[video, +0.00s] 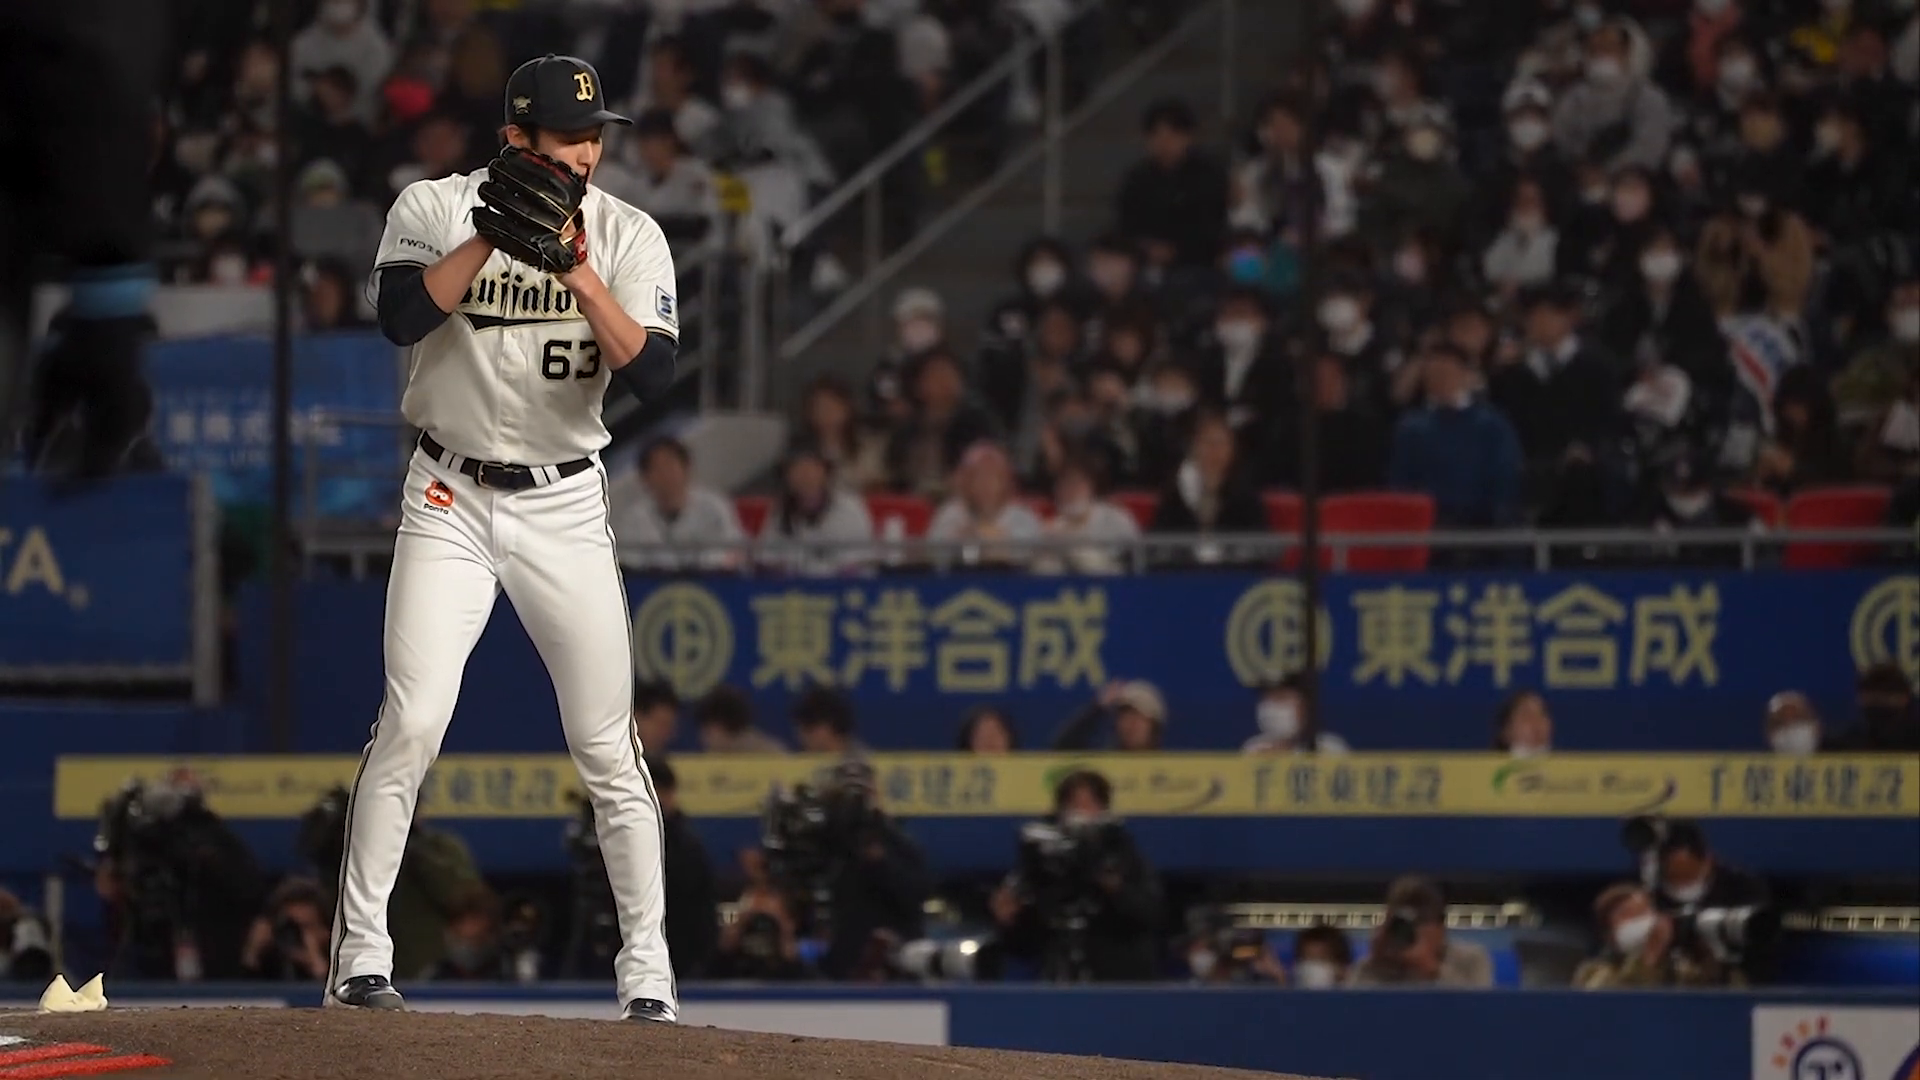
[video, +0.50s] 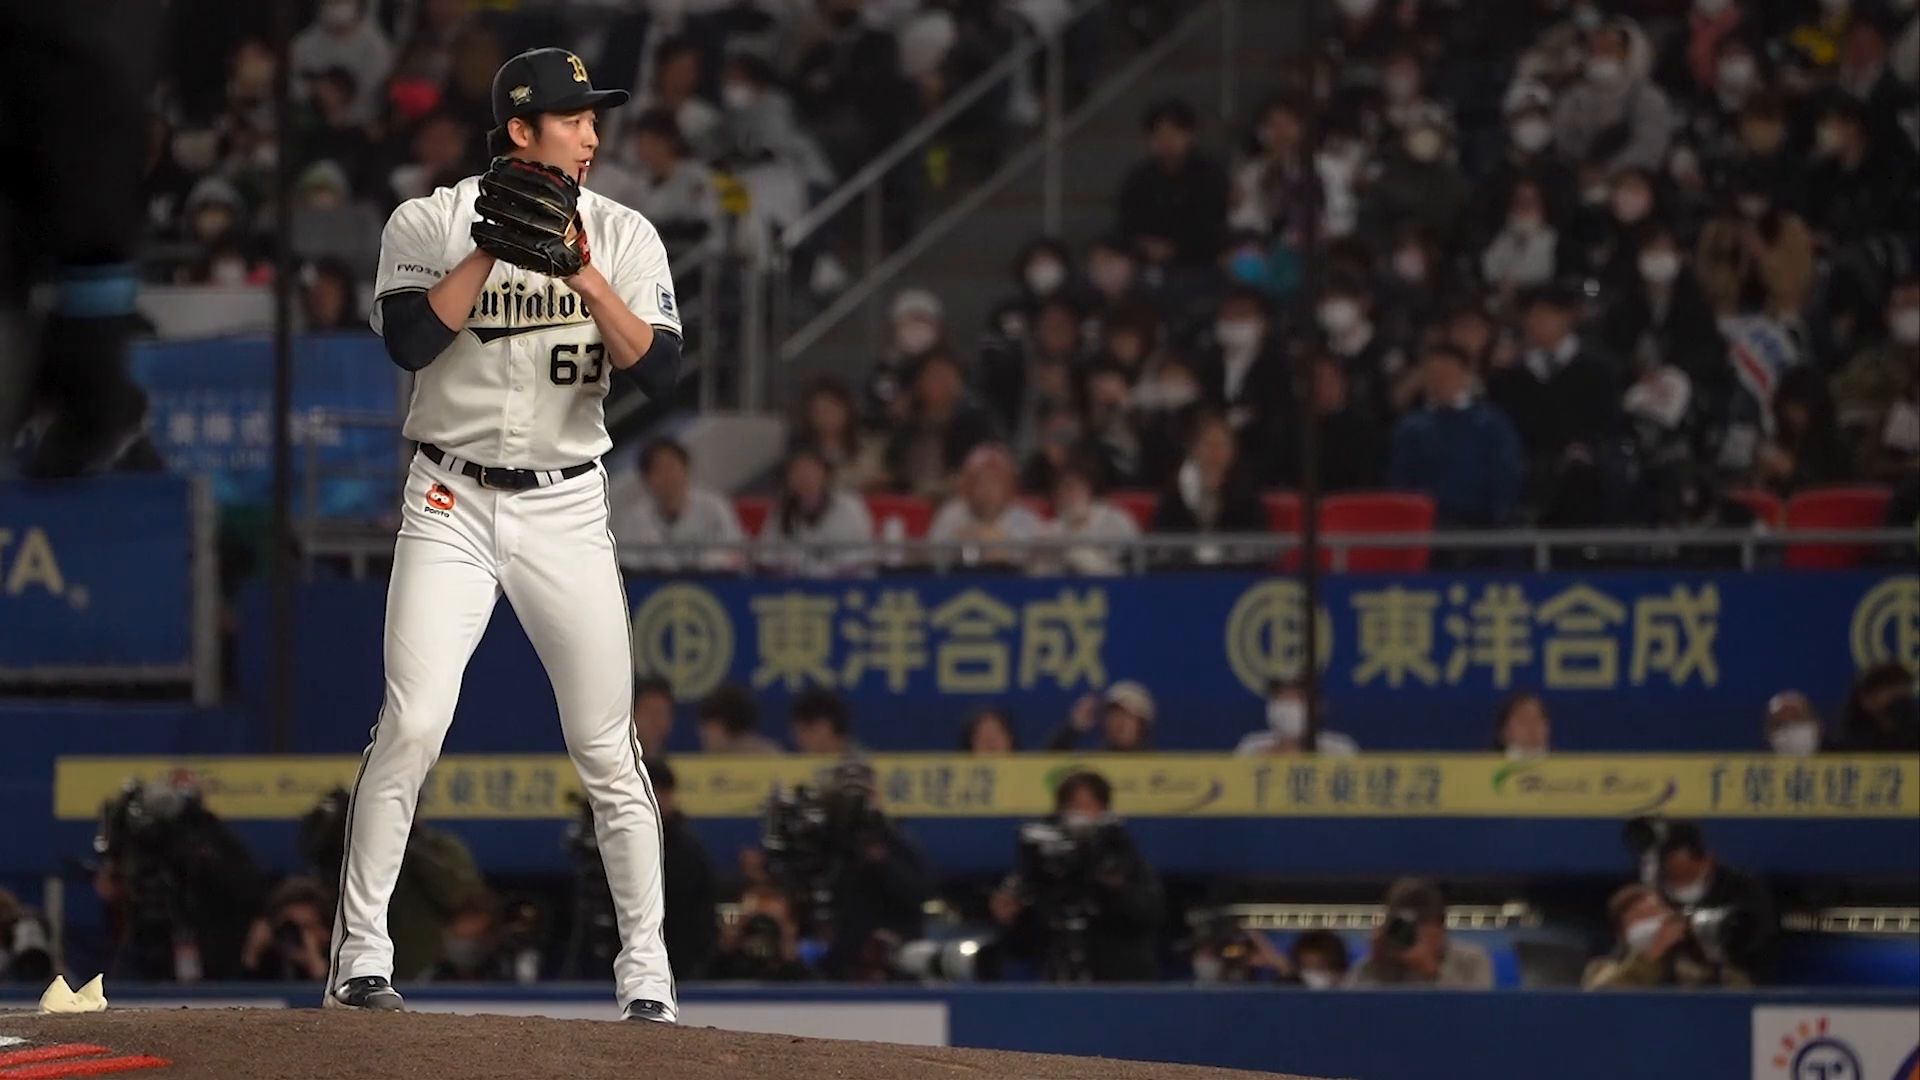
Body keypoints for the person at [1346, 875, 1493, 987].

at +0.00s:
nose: (1406, 933)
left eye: (1416, 924)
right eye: (1398, 924)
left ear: (1439, 930)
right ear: (1387, 925)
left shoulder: (1471, 962)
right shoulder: (1368, 969)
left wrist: (1429, 968)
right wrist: (1376, 966)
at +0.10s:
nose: (1407, 933)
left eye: (1417, 924)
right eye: (1399, 924)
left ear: (1439, 929)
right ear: (1388, 924)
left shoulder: (1471, 961)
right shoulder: (1367, 969)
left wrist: (1428, 967)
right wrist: (1376, 965)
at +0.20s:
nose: (1408, 934)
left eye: (1418, 925)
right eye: (1400, 925)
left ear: (1439, 930)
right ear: (1389, 927)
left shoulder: (1471, 962)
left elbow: (1476, 1015)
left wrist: (1429, 970)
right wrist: (1375, 967)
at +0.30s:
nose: (1407, 935)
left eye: (1418, 926)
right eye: (1399, 926)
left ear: (1438, 931)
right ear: (1388, 928)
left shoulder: (1471, 964)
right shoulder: (1371, 967)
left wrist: (1429, 971)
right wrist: (1375, 967)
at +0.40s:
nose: (1407, 935)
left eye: (1417, 926)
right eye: (1399, 926)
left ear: (1439, 930)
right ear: (1388, 927)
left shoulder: (1472, 963)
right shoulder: (1370, 968)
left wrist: (1429, 971)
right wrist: (1376, 966)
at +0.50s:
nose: (1407, 935)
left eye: (1417, 926)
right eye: (1399, 926)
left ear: (1438, 931)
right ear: (1388, 927)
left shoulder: (1472, 964)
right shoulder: (1368, 970)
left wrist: (1429, 971)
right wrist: (1376, 967)